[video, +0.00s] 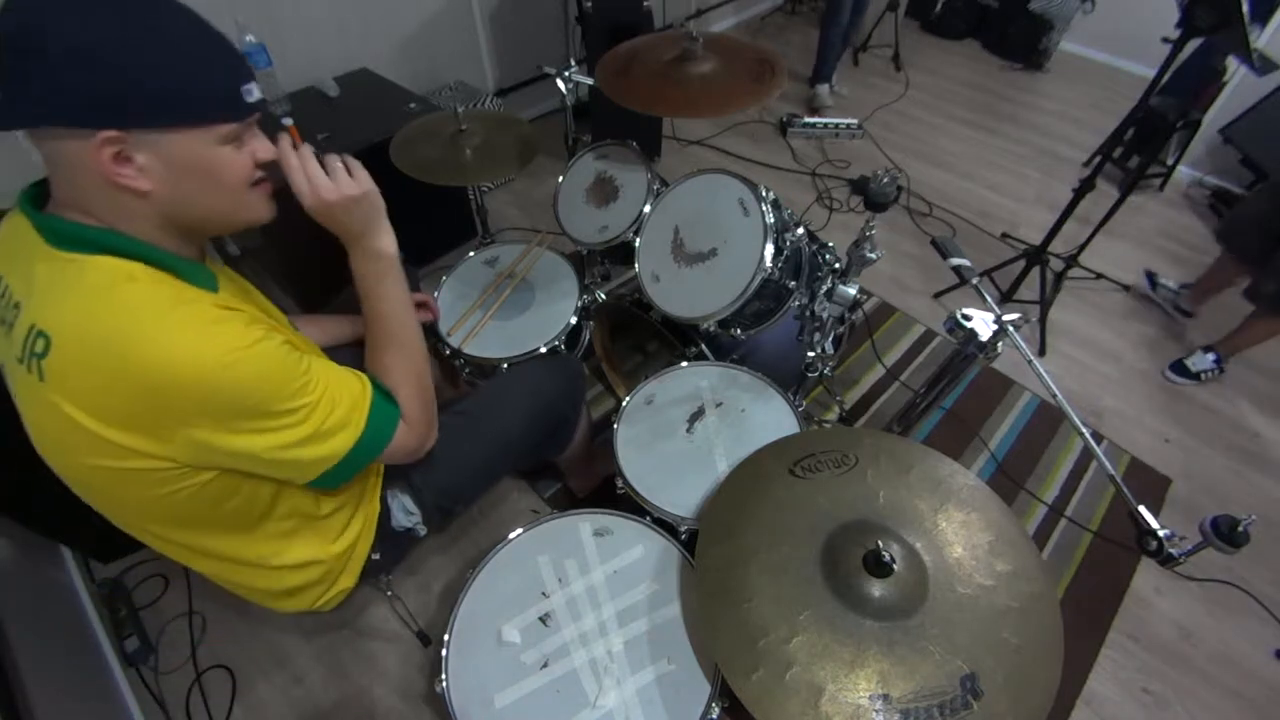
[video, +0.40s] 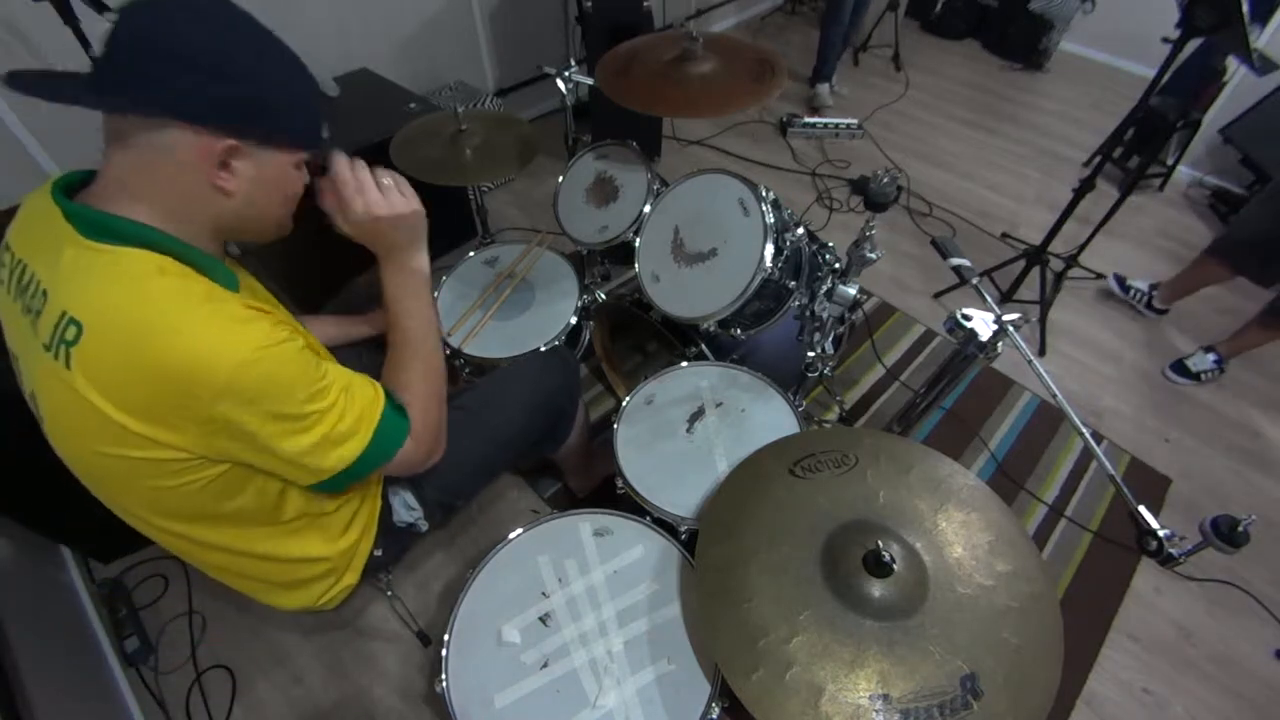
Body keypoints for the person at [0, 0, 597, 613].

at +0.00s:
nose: (267, 152)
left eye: (256, 127)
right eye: (235, 139)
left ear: (120, 166)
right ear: (126, 165)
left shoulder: (45, 229)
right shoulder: (189, 354)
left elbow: (228, 334)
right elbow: (412, 431)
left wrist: (374, 322)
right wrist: (372, 245)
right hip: (341, 527)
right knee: (555, 370)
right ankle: (579, 470)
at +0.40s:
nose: (309, 182)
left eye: (310, 162)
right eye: (299, 164)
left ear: (128, 138)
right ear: (225, 164)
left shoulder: (45, 217)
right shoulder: (216, 352)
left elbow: (219, 332)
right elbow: (419, 444)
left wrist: (368, 324)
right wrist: (405, 258)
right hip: (338, 528)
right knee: (555, 367)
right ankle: (581, 473)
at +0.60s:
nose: (312, 206)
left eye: (317, 186)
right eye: (308, 186)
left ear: (159, 132)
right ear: (245, 167)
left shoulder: (61, 214)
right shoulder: (187, 339)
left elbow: (220, 318)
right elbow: (458, 410)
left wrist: (369, 325)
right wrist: (346, 221)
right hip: (328, 533)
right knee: (552, 371)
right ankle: (579, 469)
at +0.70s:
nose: (312, 209)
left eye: (315, 180)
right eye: (308, 185)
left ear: (168, 128)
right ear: (258, 172)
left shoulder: (66, 216)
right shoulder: (178, 333)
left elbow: (222, 313)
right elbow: (470, 397)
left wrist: (370, 328)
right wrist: (338, 204)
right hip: (331, 532)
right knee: (553, 374)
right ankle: (583, 469)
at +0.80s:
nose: (315, 214)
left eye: (319, 189)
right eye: (312, 194)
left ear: (187, 132)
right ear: (265, 181)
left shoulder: (68, 216)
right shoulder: (180, 333)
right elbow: (476, 388)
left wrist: (348, 329)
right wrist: (326, 197)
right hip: (333, 529)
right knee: (556, 378)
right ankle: (584, 470)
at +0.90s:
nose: (323, 204)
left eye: (326, 181)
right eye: (321, 185)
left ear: (195, 131)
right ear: (269, 183)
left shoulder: (70, 216)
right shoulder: (180, 333)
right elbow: (481, 379)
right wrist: (319, 194)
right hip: (334, 527)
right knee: (554, 377)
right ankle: (583, 470)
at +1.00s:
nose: (313, 224)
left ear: (184, 131)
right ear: (285, 203)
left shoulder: (70, 217)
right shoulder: (182, 334)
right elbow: (481, 379)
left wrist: (362, 330)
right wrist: (325, 190)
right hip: (335, 528)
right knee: (553, 379)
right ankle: (584, 469)